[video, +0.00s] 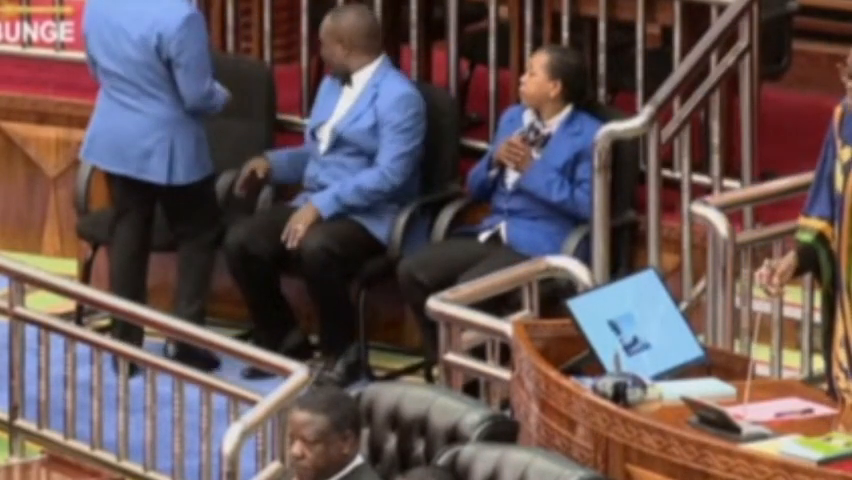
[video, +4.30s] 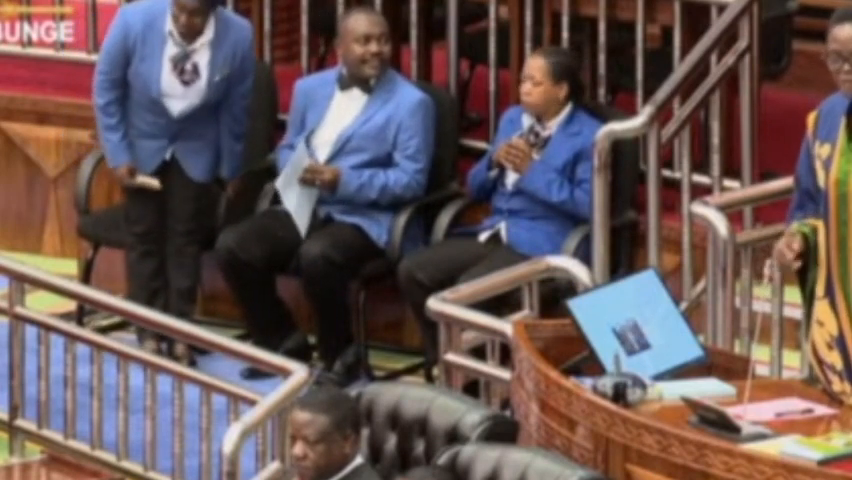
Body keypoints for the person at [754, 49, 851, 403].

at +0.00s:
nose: (846, 75)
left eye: (847, 69)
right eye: (845, 68)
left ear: (845, 74)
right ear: (842, 72)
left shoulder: (841, 119)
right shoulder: (842, 119)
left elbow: (824, 201)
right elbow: (826, 200)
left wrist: (797, 259)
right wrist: (797, 259)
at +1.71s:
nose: (844, 69)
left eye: (849, 62)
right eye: (843, 61)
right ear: (839, 61)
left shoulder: (840, 114)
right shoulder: (839, 113)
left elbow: (819, 203)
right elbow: (821, 201)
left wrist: (797, 259)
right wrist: (796, 260)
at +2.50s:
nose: (844, 75)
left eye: (849, 65)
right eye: (839, 65)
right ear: (829, 67)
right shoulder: (834, 117)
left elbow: (820, 201)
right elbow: (819, 199)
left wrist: (798, 235)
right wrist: (796, 237)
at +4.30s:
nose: (844, 69)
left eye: (849, 58)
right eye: (837, 58)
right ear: (825, 58)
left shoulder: (830, 119)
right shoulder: (824, 119)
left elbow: (806, 204)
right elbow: (807, 203)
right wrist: (795, 237)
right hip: (830, 325)